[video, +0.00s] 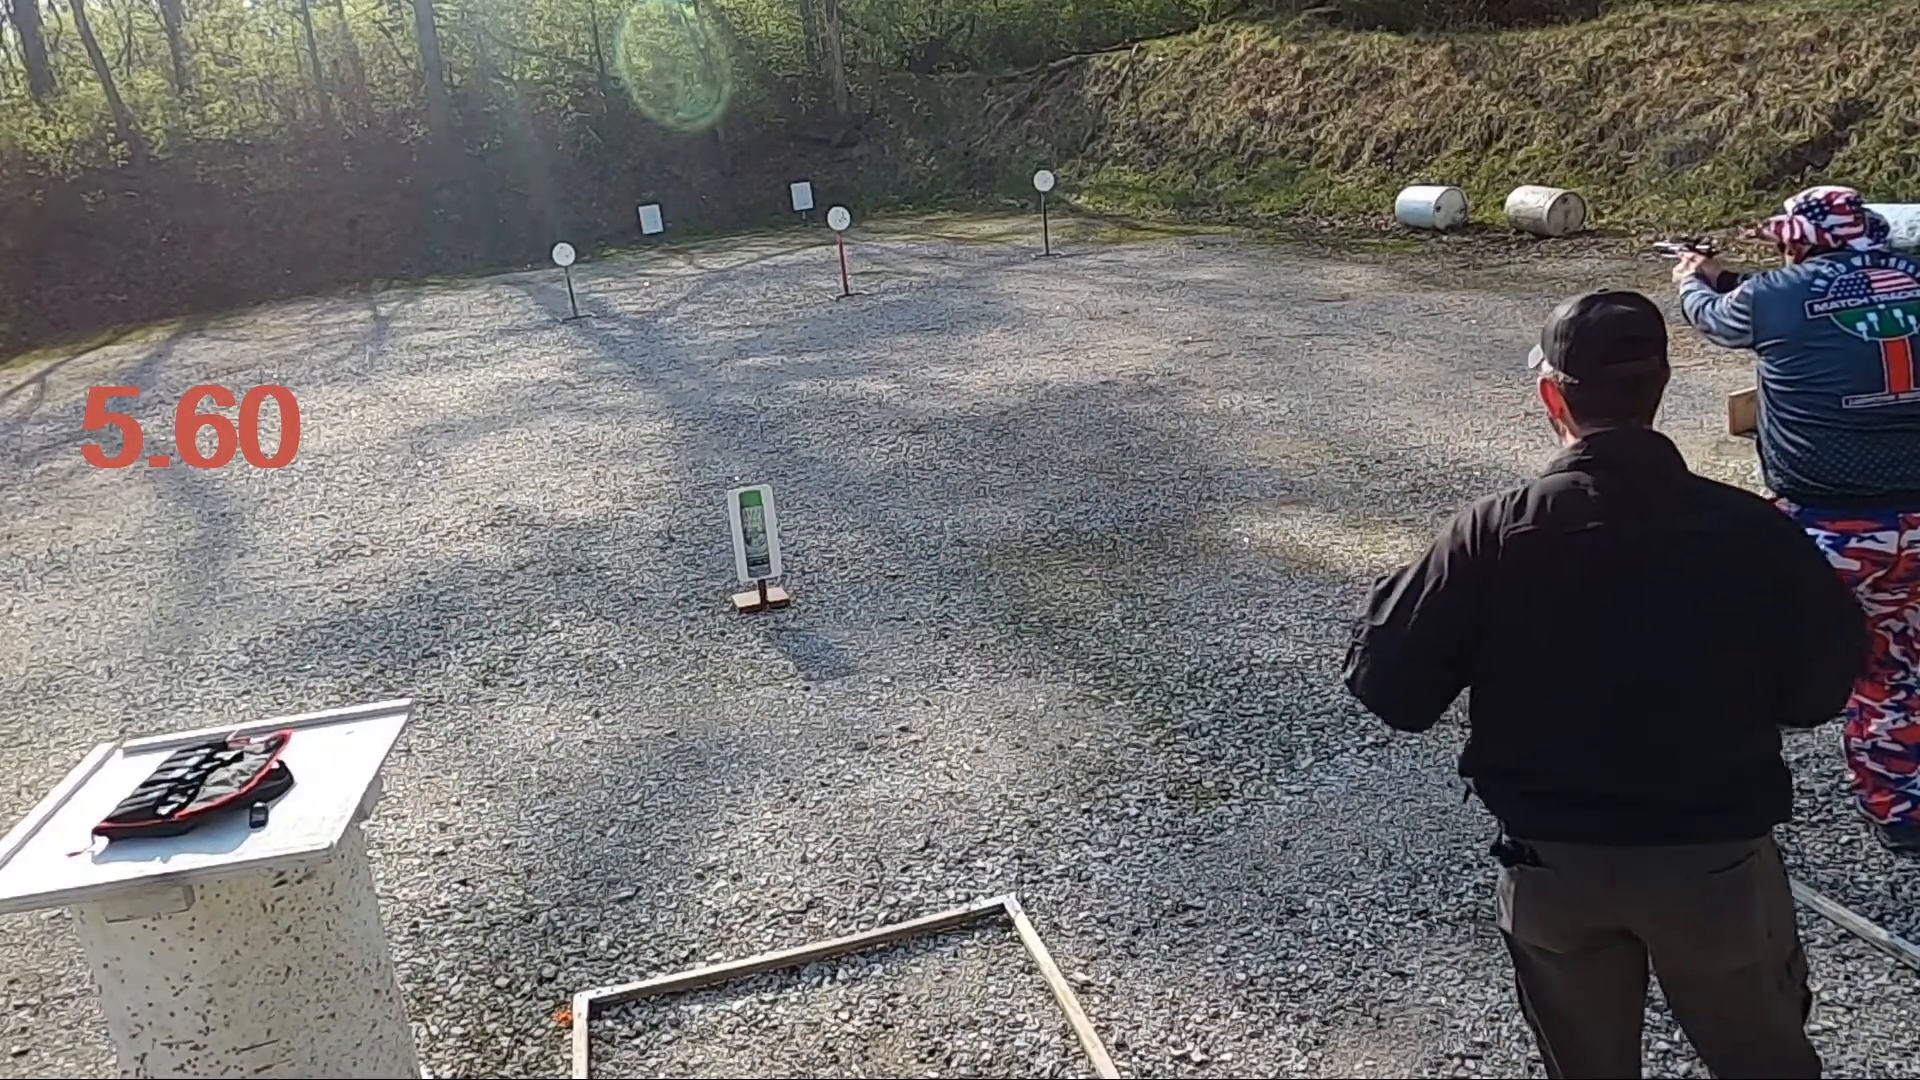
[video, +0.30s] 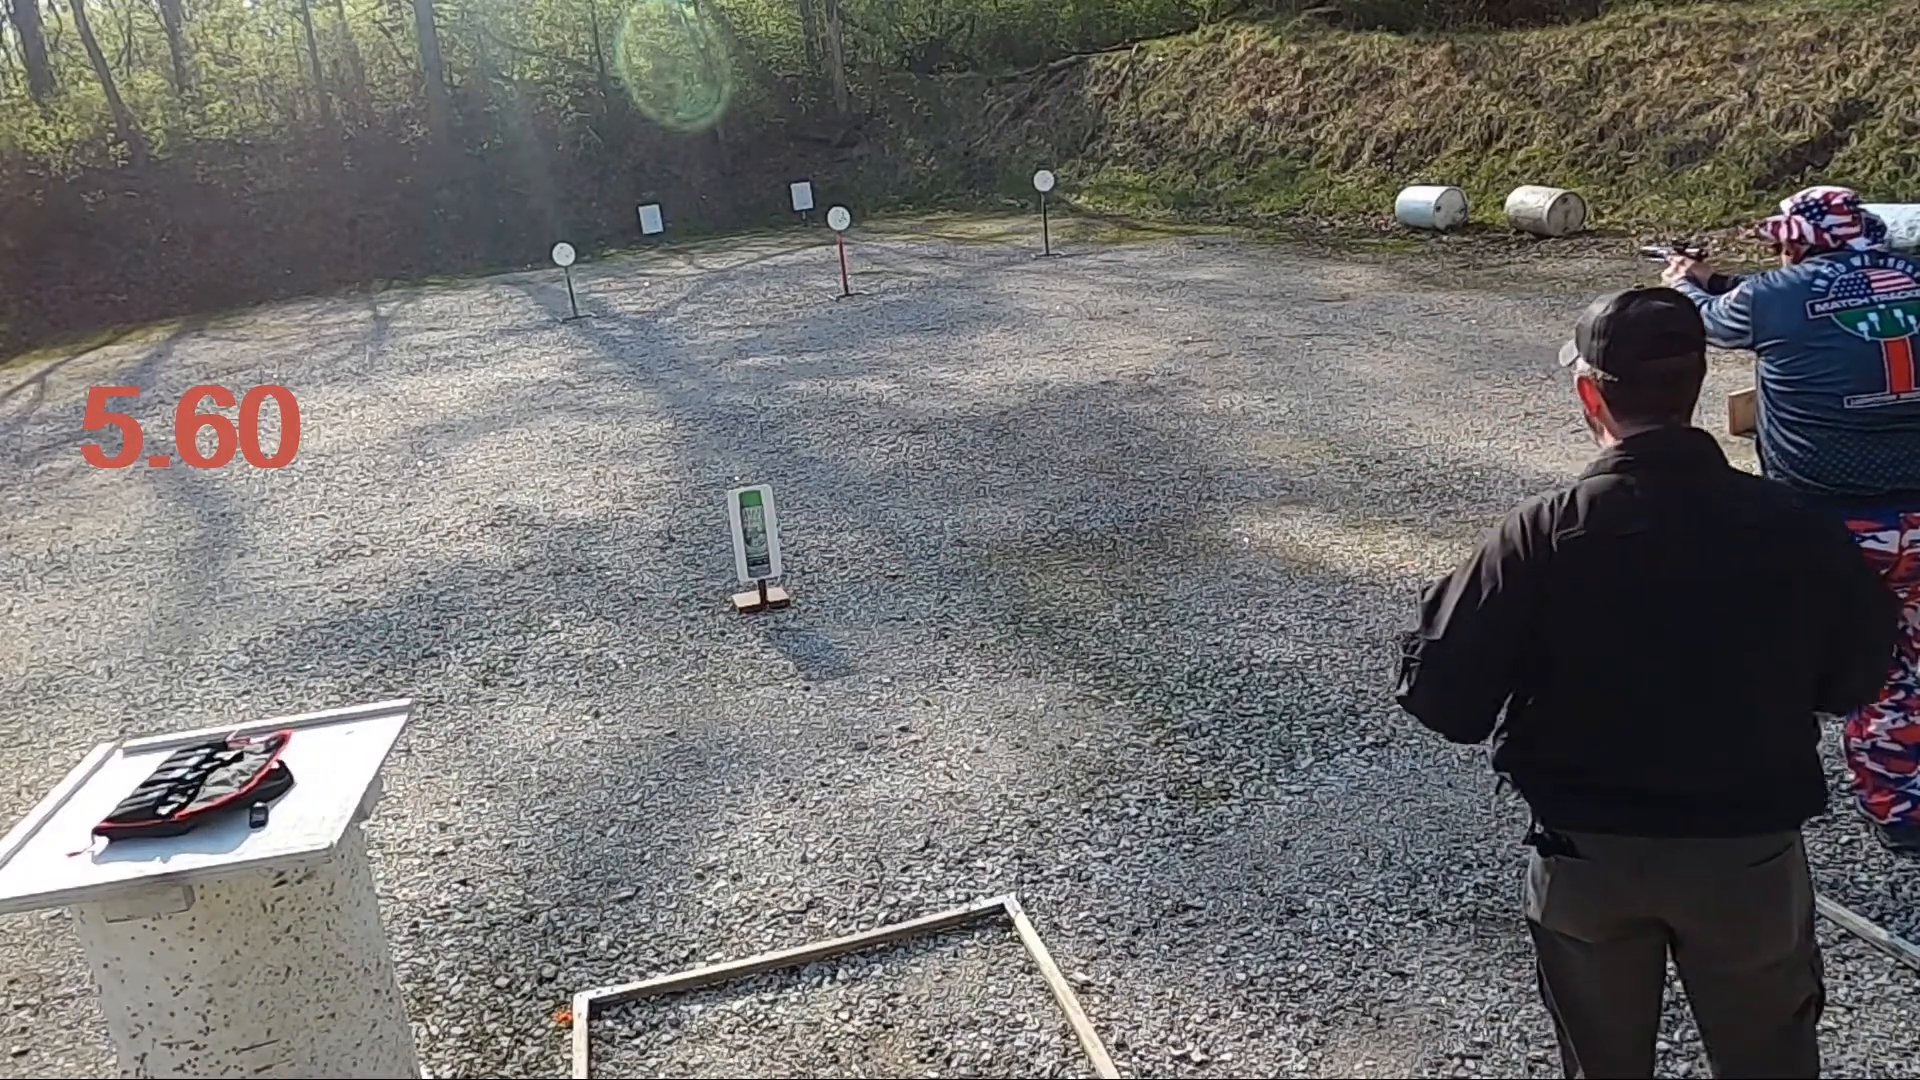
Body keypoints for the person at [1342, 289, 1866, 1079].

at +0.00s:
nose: (1543, 391)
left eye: (1543, 381)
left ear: (1553, 397)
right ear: (1661, 384)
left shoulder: (1493, 537)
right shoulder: (1756, 531)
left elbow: (1391, 687)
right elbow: (1829, 681)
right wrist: (1723, 673)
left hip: (1556, 878)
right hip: (1719, 876)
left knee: (1590, 1071)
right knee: (1771, 1065)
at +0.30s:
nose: (1579, 392)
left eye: (1580, 381)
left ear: (1592, 398)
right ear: (1695, 384)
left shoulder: (1541, 538)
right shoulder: (1793, 527)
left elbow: (1444, 698)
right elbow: (1860, 673)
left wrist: (1450, 607)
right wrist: (1761, 647)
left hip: (1590, 869)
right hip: (1749, 871)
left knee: (1604, 1067)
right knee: (1773, 1065)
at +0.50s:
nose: (1600, 388)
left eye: (1602, 377)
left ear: (1613, 395)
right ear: (1719, 381)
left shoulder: (1565, 538)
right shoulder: (1821, 527)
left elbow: (1465, 698)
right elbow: (1876, 671)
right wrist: (1774, 653)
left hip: (1610, 867)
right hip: (1769, 869)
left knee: (1616, 1065)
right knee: (1785, 1065)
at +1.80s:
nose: (1596, 416)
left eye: (1594, 399)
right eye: (1595, 399)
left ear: (1614, 400)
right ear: (1711, 382)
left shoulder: (1573, 539)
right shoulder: (1832, 519)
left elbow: (1485, 690)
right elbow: (1897, 666)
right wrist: (1792, 663)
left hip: (1619, 868)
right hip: (1780, 869)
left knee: (1625, 1066)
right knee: (1780, 1067)